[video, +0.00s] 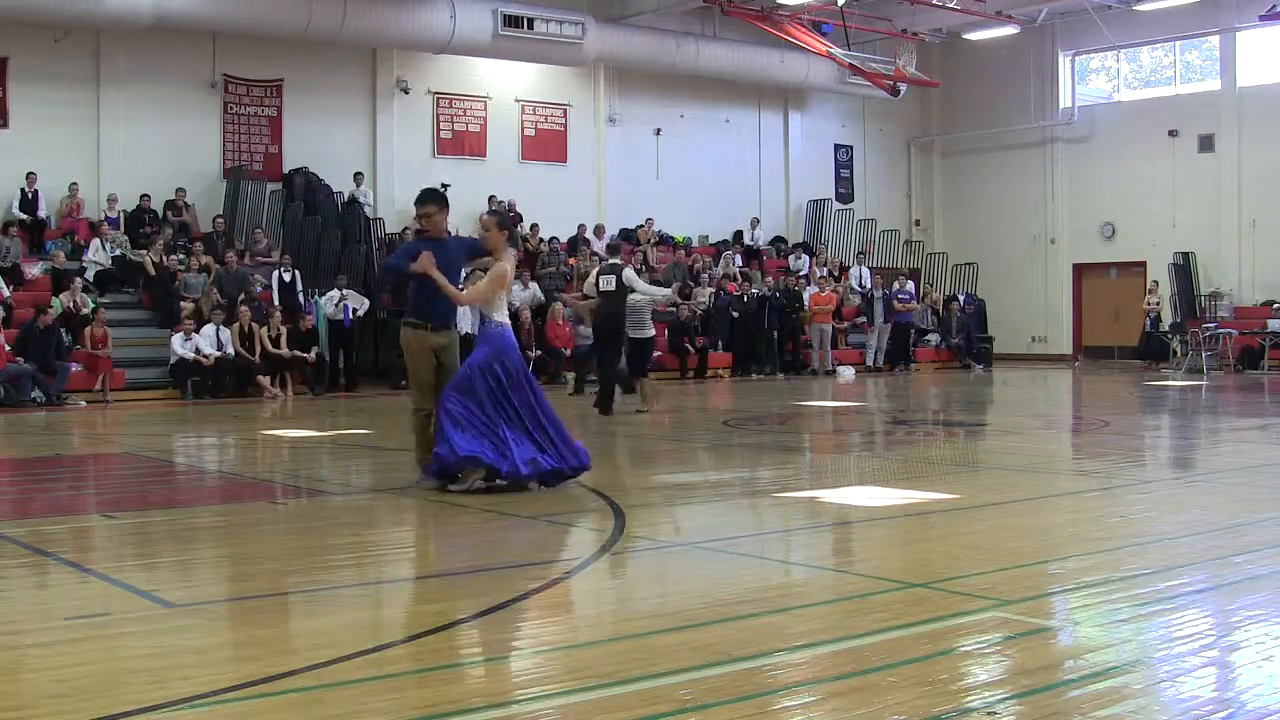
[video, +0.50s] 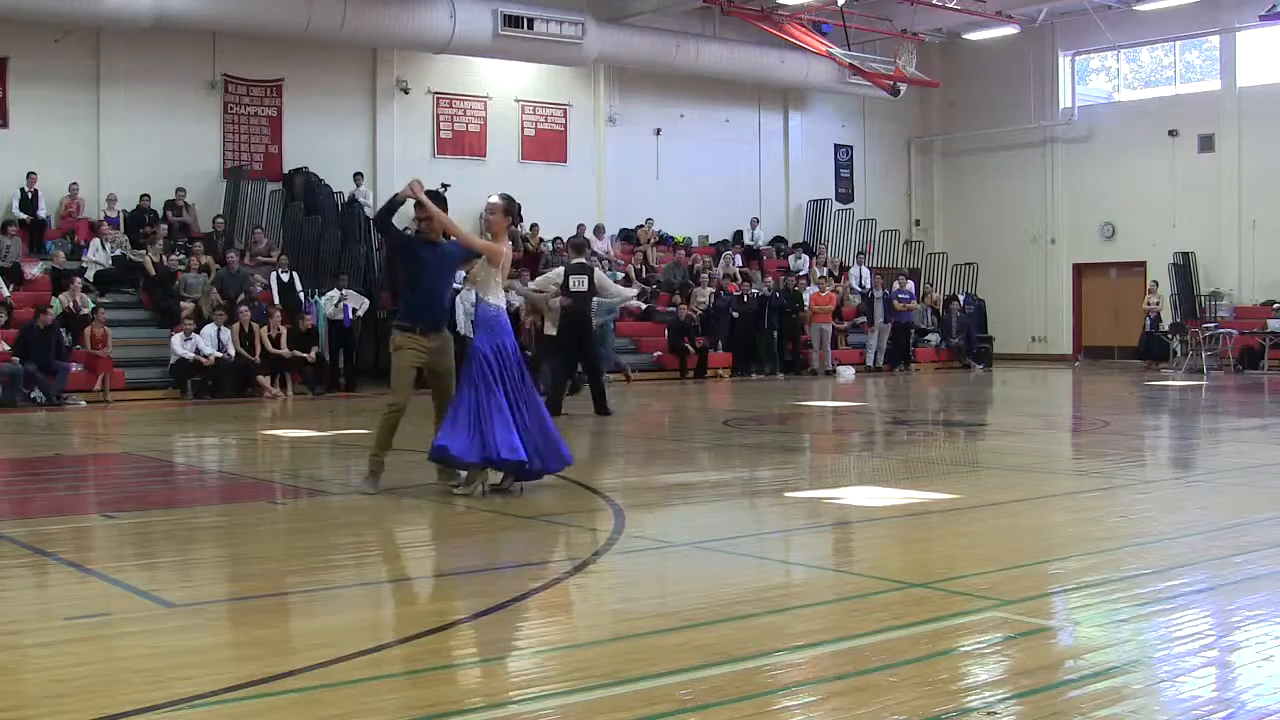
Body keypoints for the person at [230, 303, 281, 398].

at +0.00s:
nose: (244, 314)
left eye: (246, 311)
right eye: (241, 312)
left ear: (250, 313)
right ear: (238, 315)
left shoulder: (255, 326)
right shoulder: (235, 327)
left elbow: (257, 343)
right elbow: (237, 346)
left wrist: (257, 356)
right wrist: (250, 357)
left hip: (254, 354)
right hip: (242, 355)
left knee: (265, 365)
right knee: (252, 367)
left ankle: (267, 391)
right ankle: (271, 390)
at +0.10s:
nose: (244, 314)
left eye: (246, 311)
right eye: (241, 312)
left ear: (250, 314)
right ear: (238, 315)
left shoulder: (255, 326)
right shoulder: (235, 327)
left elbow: (257, 343)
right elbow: (237, 346)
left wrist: (257, 356)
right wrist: (250, 357)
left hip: (254, 354)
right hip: (242, 355)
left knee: (265, 365)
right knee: (252, 367)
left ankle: (267, 391)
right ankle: (271, 390)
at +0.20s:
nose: (244, 314)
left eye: (246, 311)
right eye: (241, 312)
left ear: (250, 314)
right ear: (238, 315)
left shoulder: (255, 326)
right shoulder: (235, 327)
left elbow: (257, 343)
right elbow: (237, 346)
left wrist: (257, 356)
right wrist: (250, 357)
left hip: (254, 354)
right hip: (242, 355)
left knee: (265, 365)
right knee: (252, 367)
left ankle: (267, 391)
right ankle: (271, 390)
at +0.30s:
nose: (244, 314)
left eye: (246, 311)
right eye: (241, 312)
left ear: (250, 314)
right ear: (238, 315)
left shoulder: (255, 326)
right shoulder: (235, 327)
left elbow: (257, 343)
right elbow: (237, 346)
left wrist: (257, 356)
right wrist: (250, 357)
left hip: (254, 354)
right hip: (242, 355)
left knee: (265, 365)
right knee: (252, 367)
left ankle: (267, 391)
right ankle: (271, 390)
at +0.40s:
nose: (244, 314)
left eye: (246, 311)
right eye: (241, 312)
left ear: (250, 314)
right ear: (238, 315)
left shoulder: (255, 326)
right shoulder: (235, 327)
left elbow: (257, 343)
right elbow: (237, 346)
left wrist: (257, 356)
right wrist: (250, 357)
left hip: (254, 354)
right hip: (242, 355)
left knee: (265, 365)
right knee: (252, 367)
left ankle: (267, 391)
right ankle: (271, 390)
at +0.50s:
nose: (244, 314)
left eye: (246, 311)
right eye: (241, 312)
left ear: (250, 313)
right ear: (238, 316)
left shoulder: (255, 326)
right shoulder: (235, 327)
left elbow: (257, 343)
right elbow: (237, 346)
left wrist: (257, 356)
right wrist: (250, 357)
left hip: (254, 354)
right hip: (242, 354)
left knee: (264, 365)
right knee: (252, 367)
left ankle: (266, 391)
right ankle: (271, 389)